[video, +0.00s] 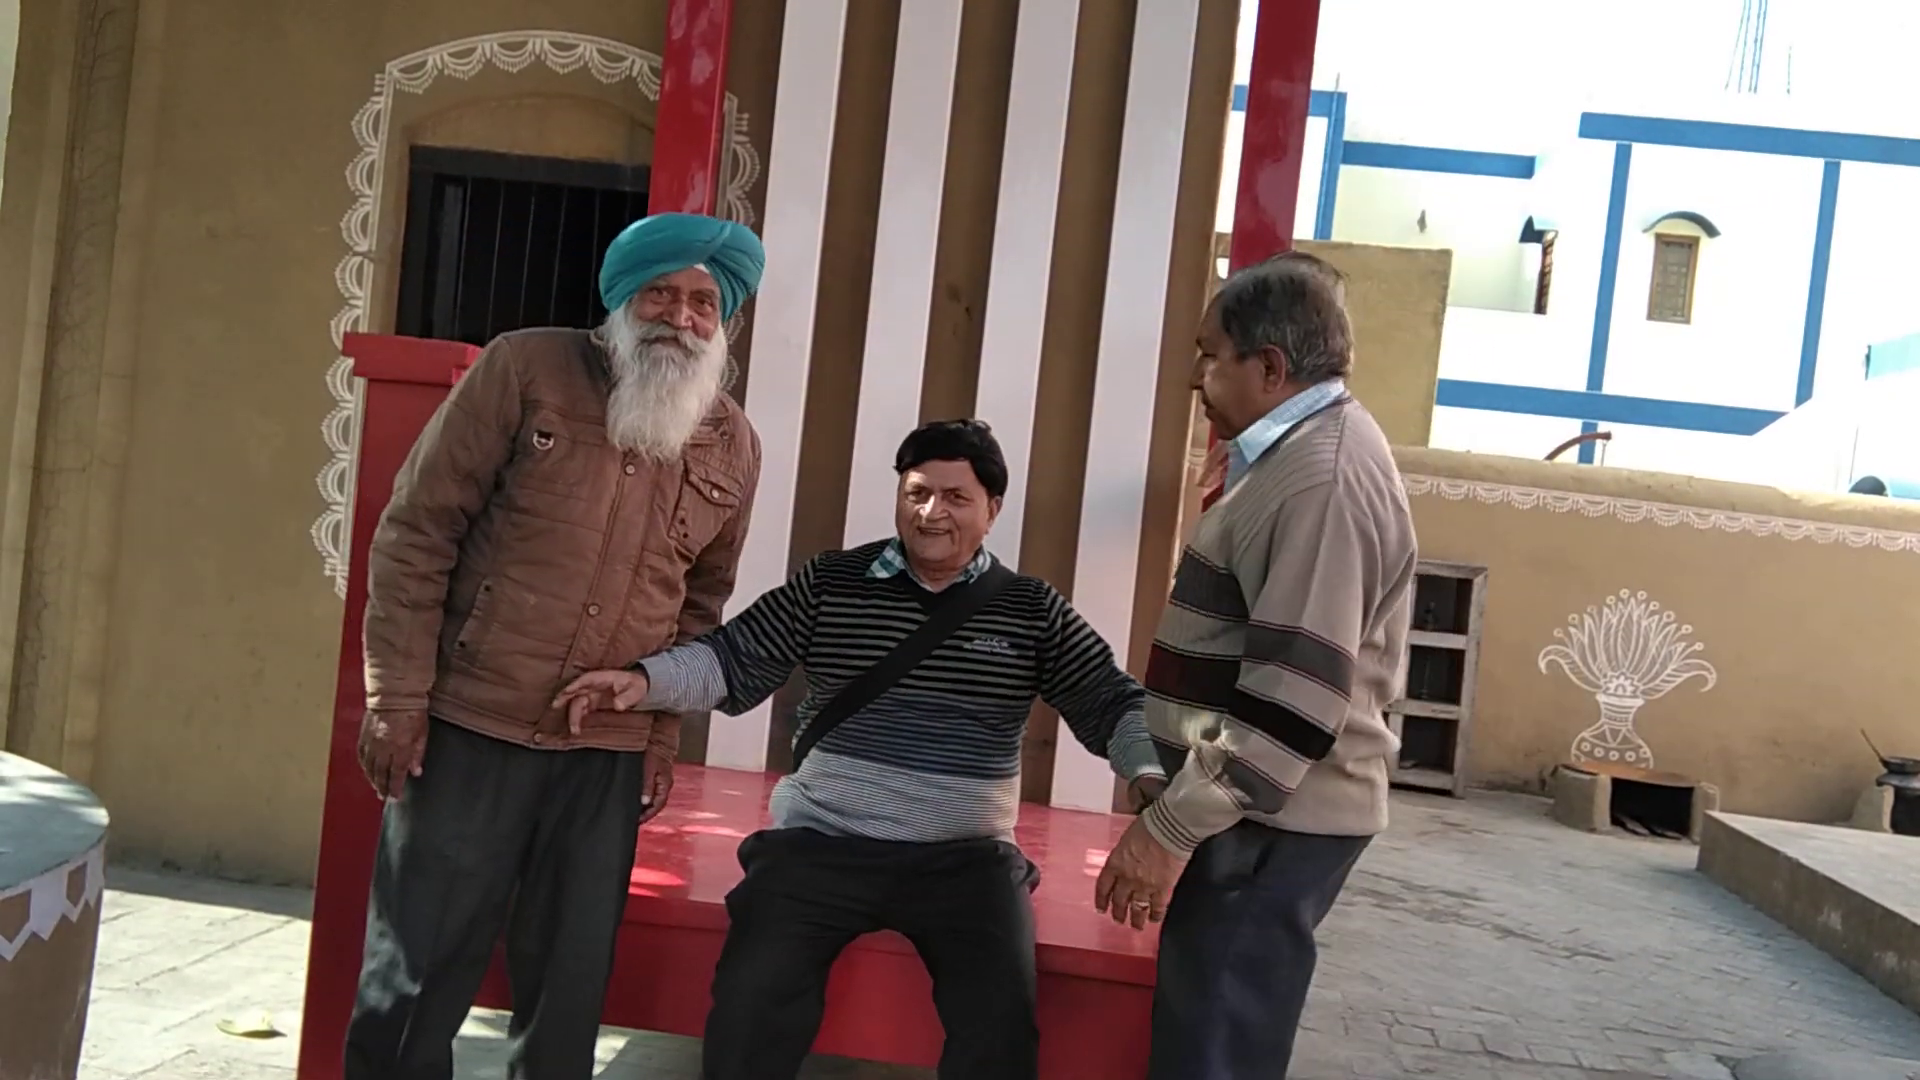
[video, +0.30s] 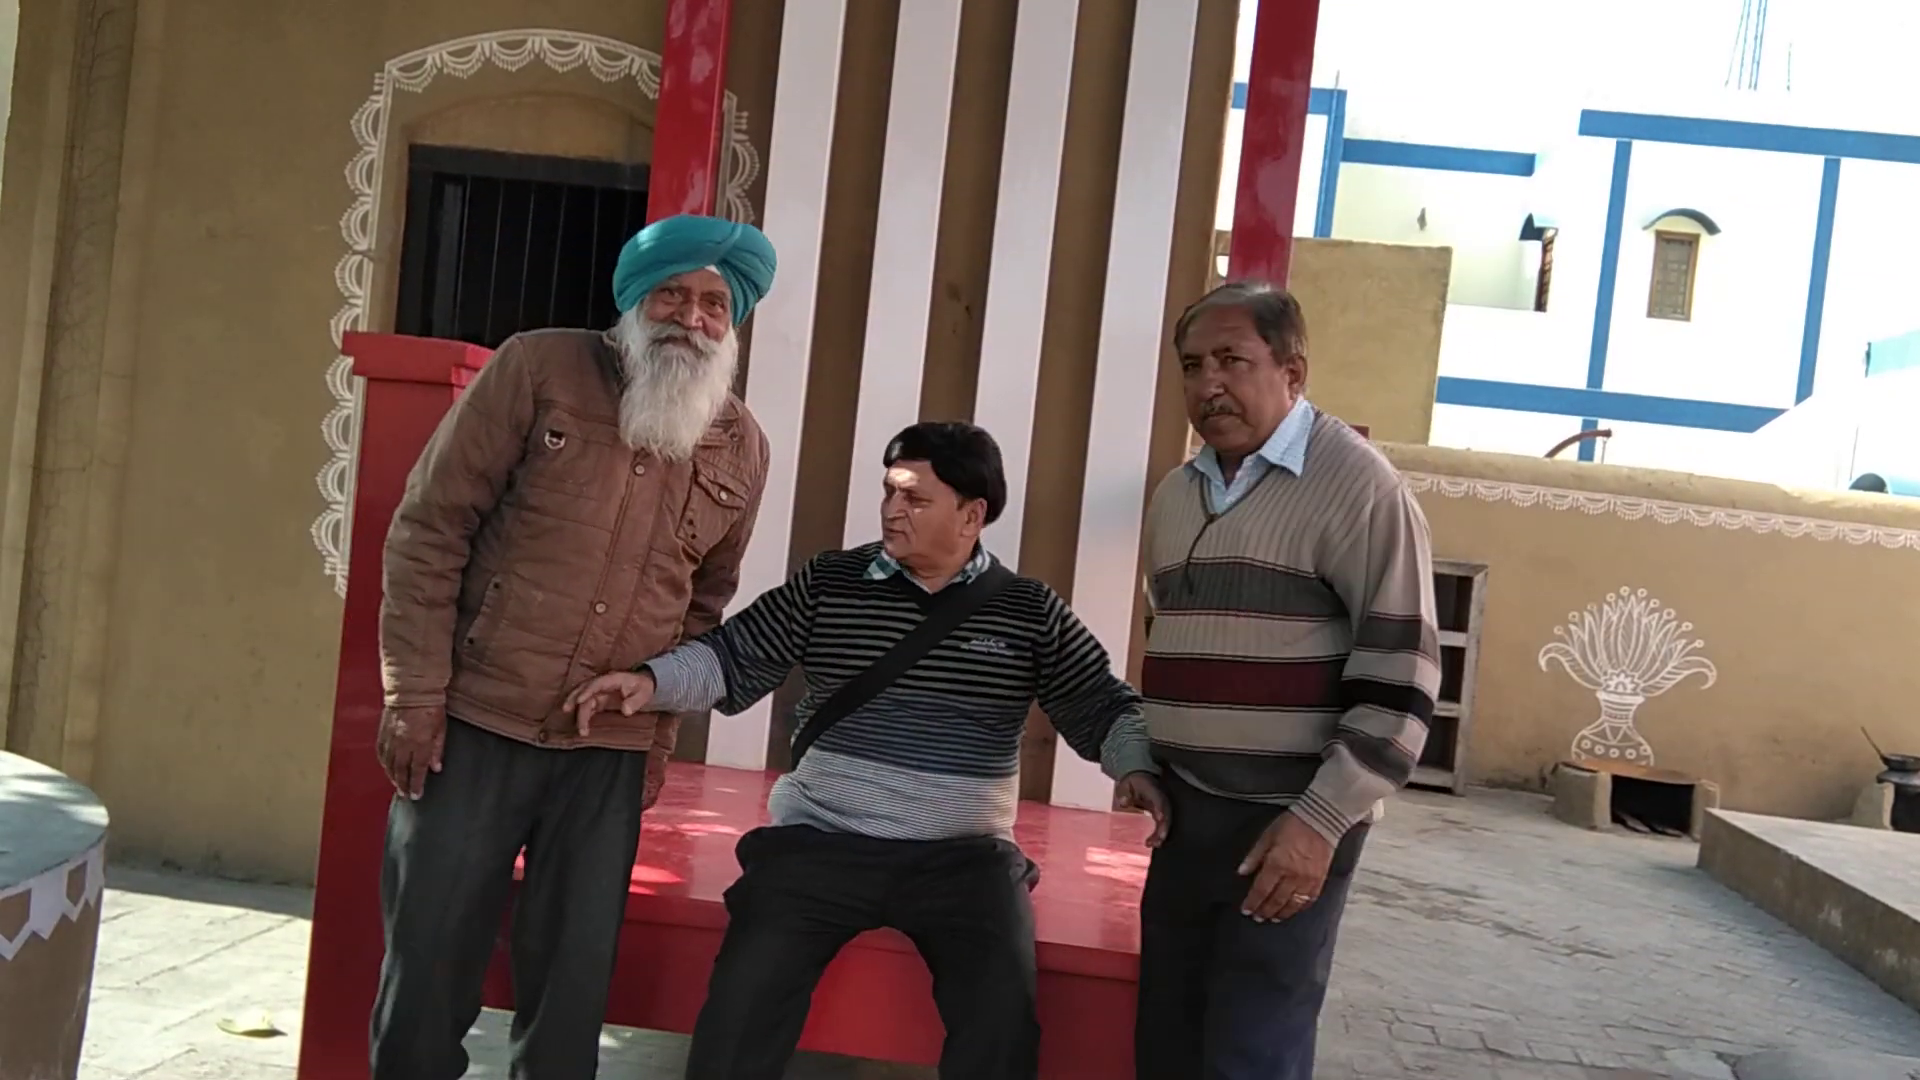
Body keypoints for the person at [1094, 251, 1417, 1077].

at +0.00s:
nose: (1198, 378)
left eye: (1213, 358)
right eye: (1202, 357)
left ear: (1272, 368)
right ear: (1275, 368)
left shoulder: (1324, 477)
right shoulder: (1294, 455)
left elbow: (1297, 705)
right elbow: (1234, 651)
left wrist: (1170, 827)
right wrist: (1156, 771)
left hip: (1275, 826)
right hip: (1248, 816)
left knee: (1213, 1048)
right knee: (1204, 1042)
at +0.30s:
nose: (1208, 384)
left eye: (1229, 361)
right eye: (1193, 366)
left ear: (1290, 366)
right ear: (1180, 377)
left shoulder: (1362, 490)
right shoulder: (1175, 493)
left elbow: (1399, 685)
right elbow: (1164, 648)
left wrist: (1319, 822)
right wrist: (1142, 762)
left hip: (1293, 826)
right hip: (1187, 813)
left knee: (1252, 1052)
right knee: (1166, 1047)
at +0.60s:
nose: (1196, 380)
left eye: (1217, 357)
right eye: (1177, 363)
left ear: (1267, 365)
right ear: (1160, 380)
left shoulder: (1349, 480)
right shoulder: (1141, 504)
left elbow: (1426, 654)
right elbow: (1139, 662)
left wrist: (1442, 809)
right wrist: (1135, 800)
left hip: (1313, 829)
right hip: (1179, 825)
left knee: (1285, 1062)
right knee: (1168, 1057)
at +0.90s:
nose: (1172, 384)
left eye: (1191, 360)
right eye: (1153, 369)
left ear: (1243, 365)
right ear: (1138, 385)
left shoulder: (1328, 473)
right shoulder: (1129, 505)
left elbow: (1402, 645)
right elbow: (1138, 654)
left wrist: (1395, 790)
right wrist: (1131, 785)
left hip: (1306, 823)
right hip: (1176, 819)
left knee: (1284, 1059)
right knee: (1167, 1055)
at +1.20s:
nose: (1184, 375)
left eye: (1205, 353)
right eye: (1166, 358)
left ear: (1256, 364)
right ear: (1150, 377)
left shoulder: (1333, 472)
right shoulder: (1133, 497)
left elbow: (1402, 643)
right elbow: (1133, 625)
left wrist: (1384, 785)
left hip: (1311, 820)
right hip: (1183, 816)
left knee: (1297, 1059)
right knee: (1174, 1057)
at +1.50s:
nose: (1218, 377)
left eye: (1239, 355)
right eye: (1201, 360)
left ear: (1292, 365)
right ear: (1186, 378)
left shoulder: (1372, 479)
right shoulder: (1170, 499)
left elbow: (1437, 660)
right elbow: (1160, 654)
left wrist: (1419, 807)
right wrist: (1158, 777)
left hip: (1340, 828)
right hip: (1209, 820)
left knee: (1350, 1065)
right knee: (1187, 1061)